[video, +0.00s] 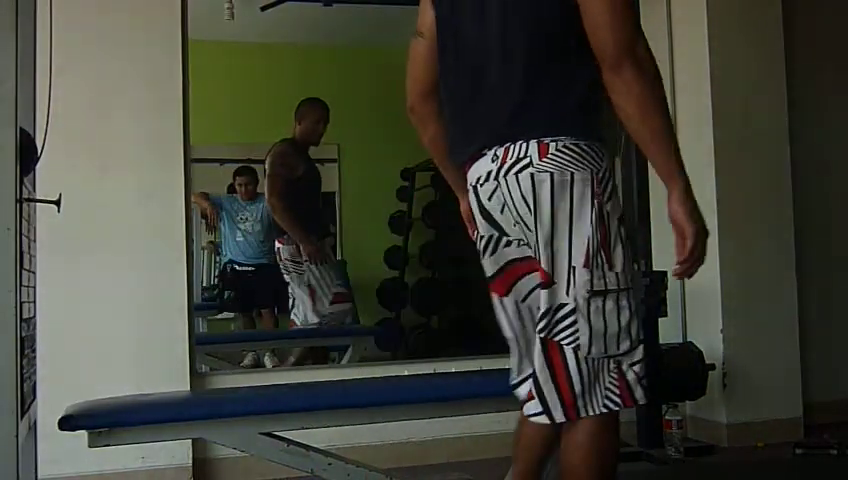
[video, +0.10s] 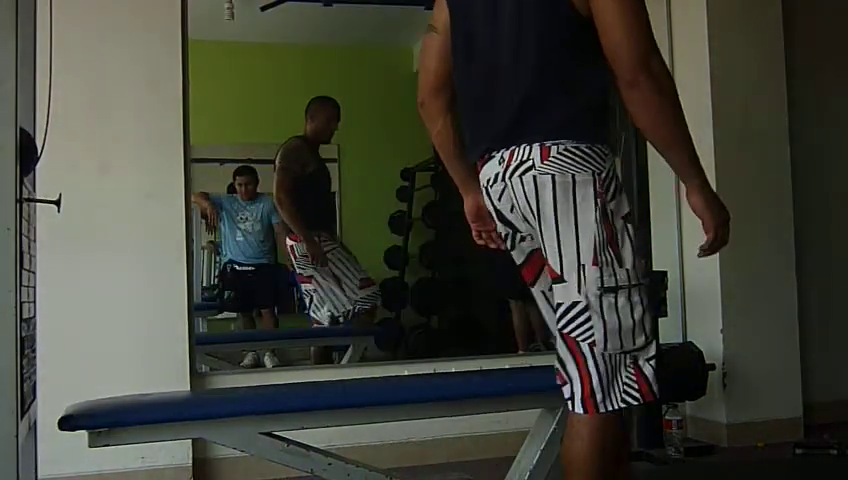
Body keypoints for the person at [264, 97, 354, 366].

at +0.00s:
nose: (323, 130)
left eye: (325, 124)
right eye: (320, 123)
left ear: (304, 123)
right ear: (303, 122)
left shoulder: (304, 158)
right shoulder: (283, 153)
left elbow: (305, 204)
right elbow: (274, 202)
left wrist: (320, 234)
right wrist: (305, 241)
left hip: (307, 245)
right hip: (297, 247)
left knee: (303, 316)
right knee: (337, 305)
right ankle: (292, 365)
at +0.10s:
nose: (334, 129)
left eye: (336, 123)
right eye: (332, 122)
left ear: (312, 120)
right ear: (315, 119)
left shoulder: (311, 153)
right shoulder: (295, 149)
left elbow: (310, 203)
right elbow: (281, 197)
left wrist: (329, 239)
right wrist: (308, 241)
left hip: (314, 239)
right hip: (314, 241)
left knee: (322, 312)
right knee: (367, 295)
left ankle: (321, 375)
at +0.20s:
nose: (346, 129)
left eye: (346, 123)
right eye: (342, 122)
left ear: (323, 121)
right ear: (323, 119)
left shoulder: (321, 153)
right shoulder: (306, 148)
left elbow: (328, 212)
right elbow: (291, 196)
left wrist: (355, 244)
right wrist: (317, 238)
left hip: (324, 240)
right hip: (323, 240)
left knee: (334, 315)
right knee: (384, 290)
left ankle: (323, 379)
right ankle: (395, 363)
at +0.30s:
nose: (358, 130)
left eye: (359, 124)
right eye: (355, 123)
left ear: (334, 123)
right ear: (339, 122)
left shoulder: (329, 152)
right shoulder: (319, 149)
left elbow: (334, 212)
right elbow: (305, 195)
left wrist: (362, 242)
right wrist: (331, 240)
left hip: (324, 242)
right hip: (334, 241)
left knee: (345, 316)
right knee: (395, 290)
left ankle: (324, 378)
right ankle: (408, 364)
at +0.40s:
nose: (369, 132)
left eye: (368, 125)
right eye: (365, 125)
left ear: (344, 125)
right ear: (349, 124)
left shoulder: (343, 156)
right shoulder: (332, 151)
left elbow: (335, 208)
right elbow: (324, 195)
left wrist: (361, 241)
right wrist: (353, 239)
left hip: (338, 247)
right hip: (336, 247)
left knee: (352, 320)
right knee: (401, 300)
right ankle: (410, 371)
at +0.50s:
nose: (380, 135)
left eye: (379, 129)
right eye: (376, 129)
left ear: (352, 131)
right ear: (363, 131)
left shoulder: (341, 157)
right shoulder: (350, 156)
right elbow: (348, 201)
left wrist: (373, 247)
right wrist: (378, 243)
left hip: (335, 253)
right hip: (345, 253)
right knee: (402, 314)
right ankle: (408, 389)